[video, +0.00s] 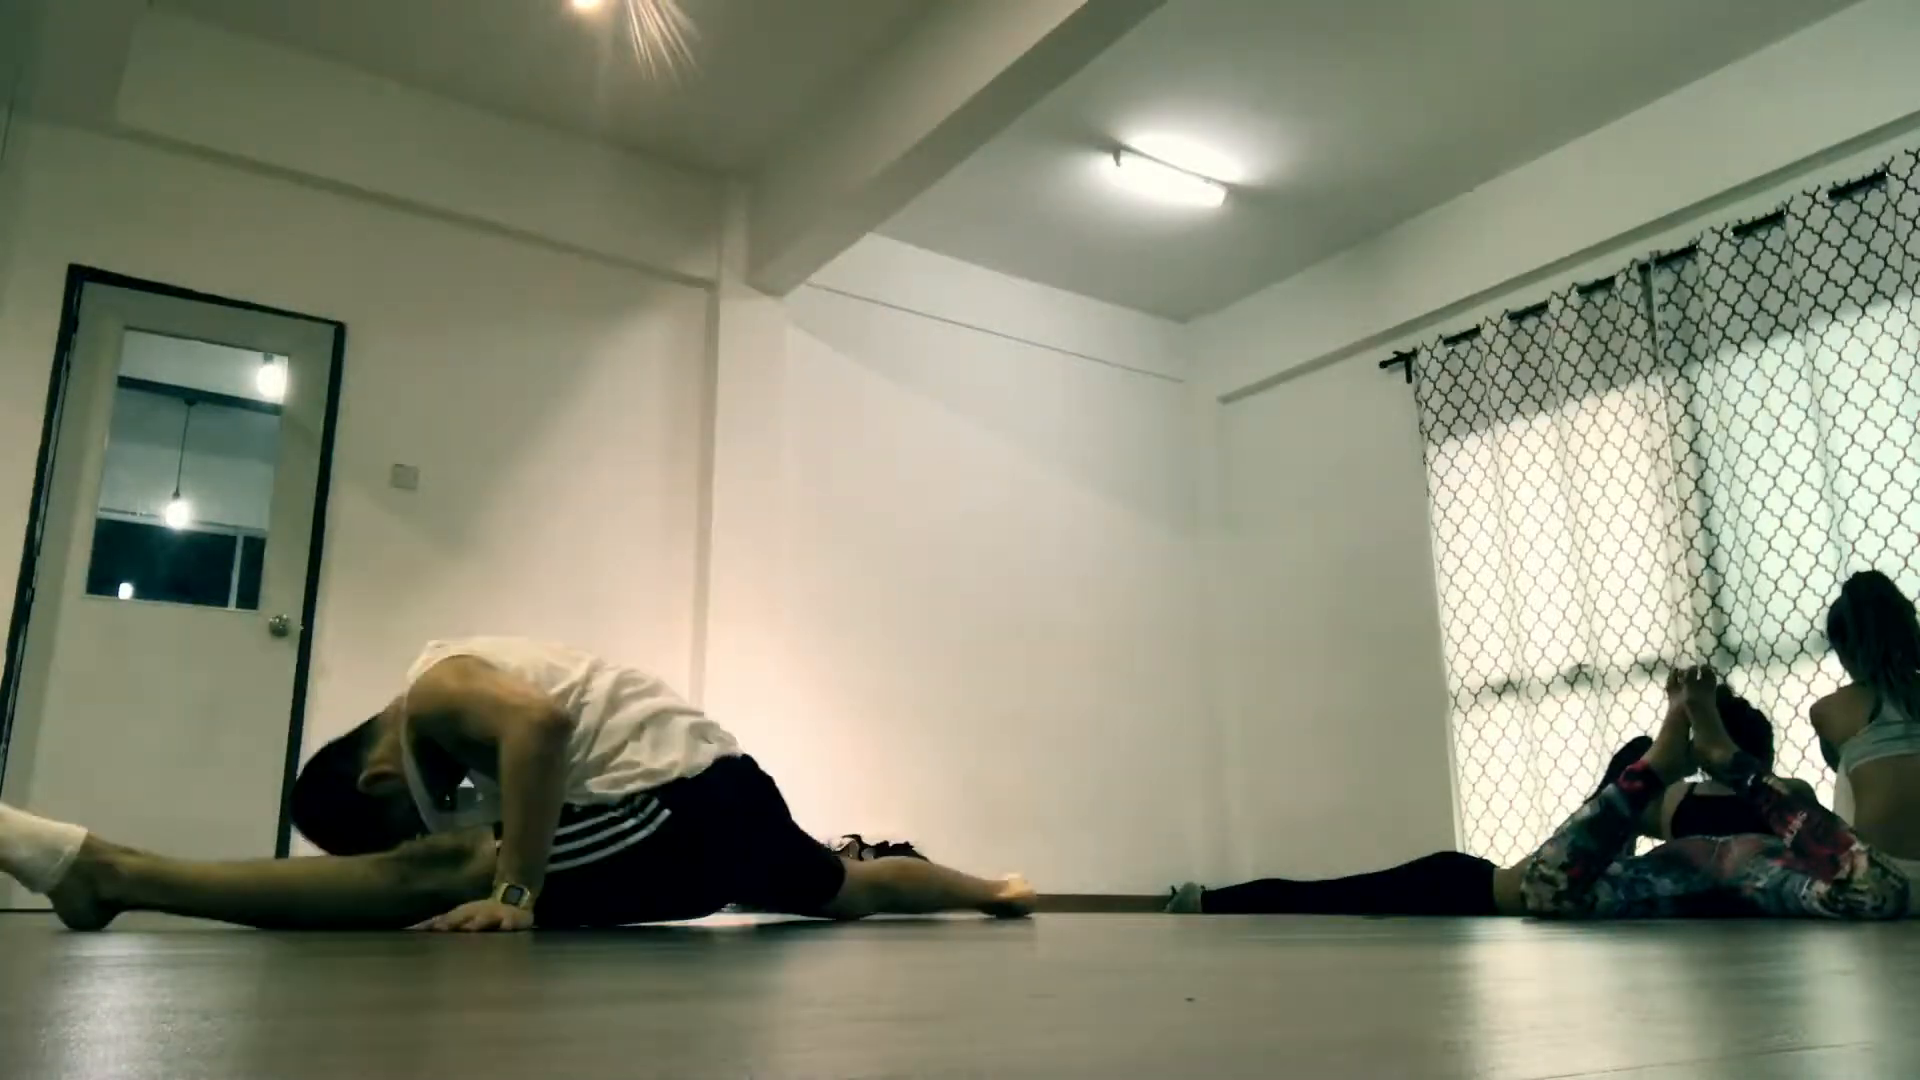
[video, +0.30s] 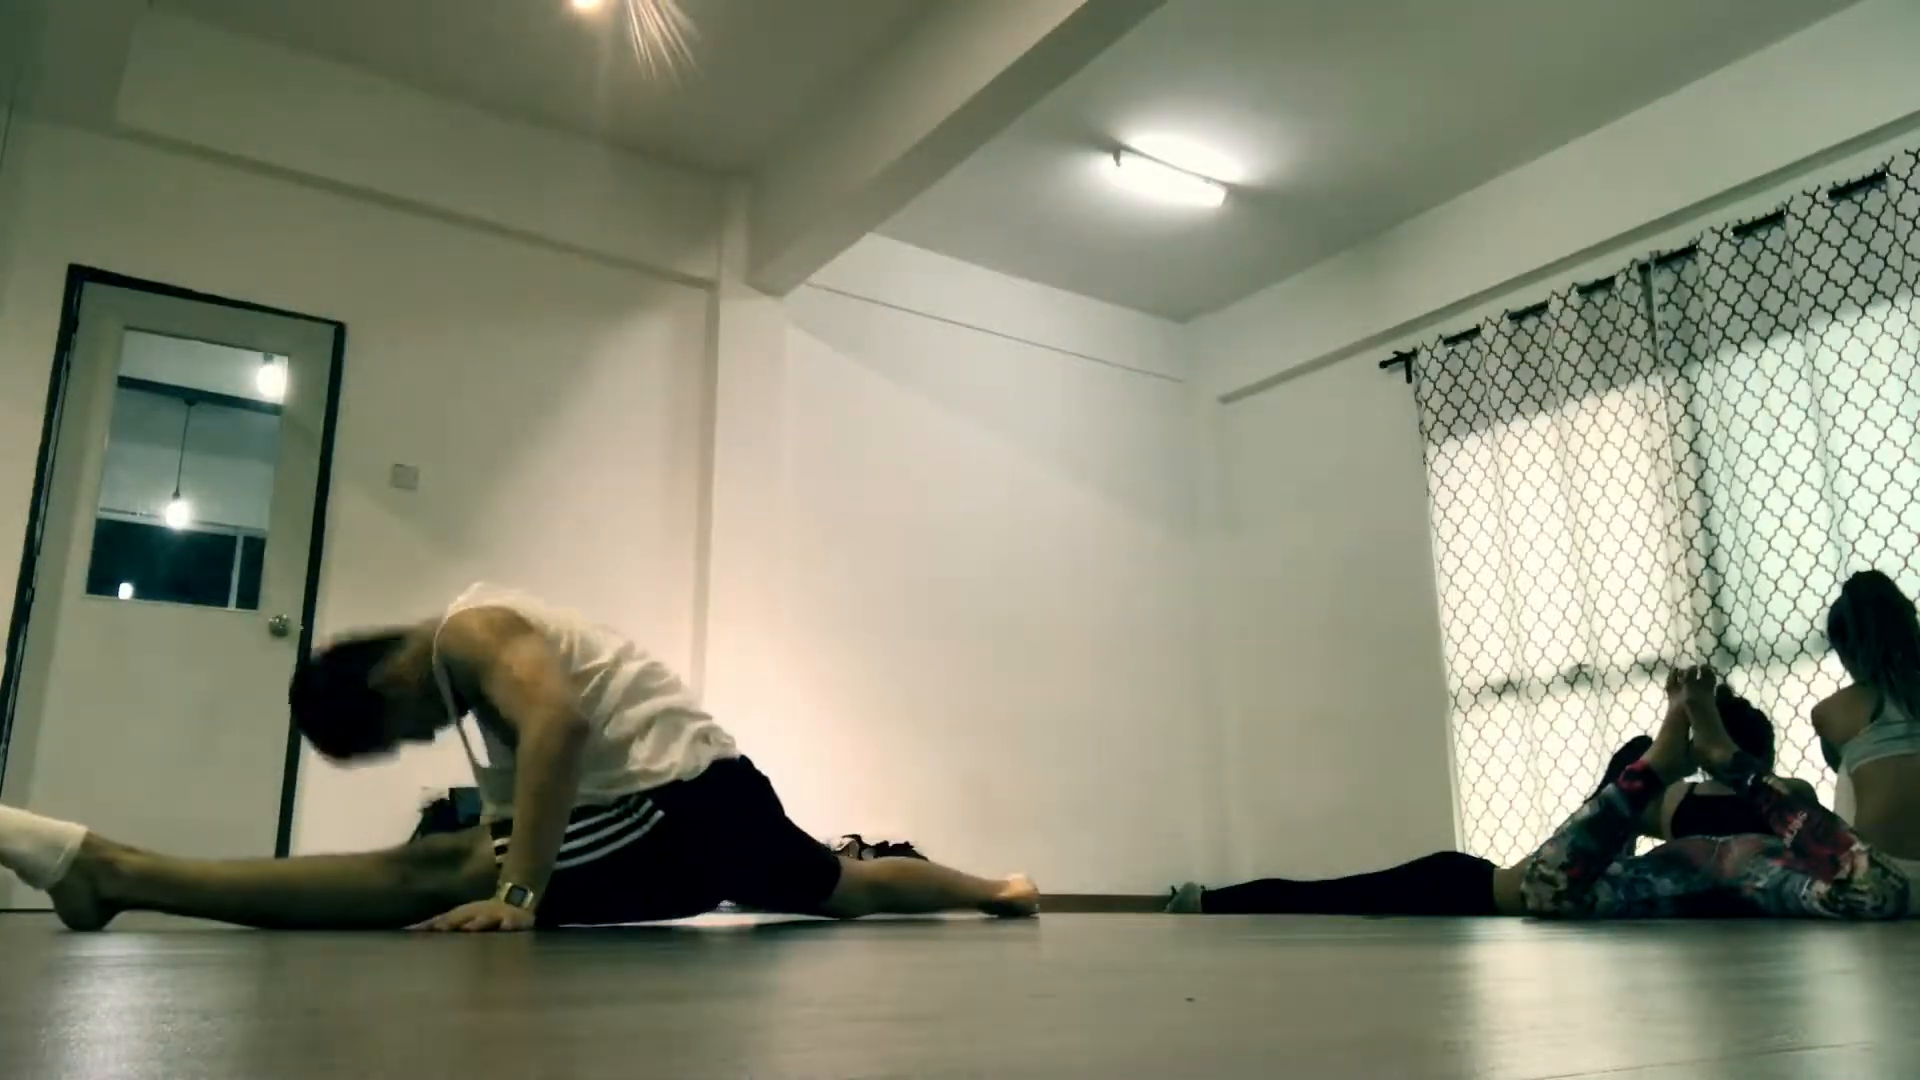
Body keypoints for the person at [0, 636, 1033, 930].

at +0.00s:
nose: (406, 825)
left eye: (389, 820)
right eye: (395, 828)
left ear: (361, 776)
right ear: (390, 786)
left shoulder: (424, 696)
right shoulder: (472, 759)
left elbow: (537, 722)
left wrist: (510, 888)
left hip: (670, 806)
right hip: (748, 809)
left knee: (411, 880)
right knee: (842, 882)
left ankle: (117, 876)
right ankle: (987, 892)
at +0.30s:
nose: (397, 752)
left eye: (378, 739)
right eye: (381, 749)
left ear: (376, 687)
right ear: (387, 680)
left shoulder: (474, 630)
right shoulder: (494, 674)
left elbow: (552, 721)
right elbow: (533, 801)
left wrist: (518, 886)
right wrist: (473, 898)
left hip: (664, 818)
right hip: (732, 810)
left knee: (411, 873)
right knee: (847, 880)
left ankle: (120, 877)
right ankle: (985, 891)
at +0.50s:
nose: (401, 561)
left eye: (414, 532)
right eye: (382, 549)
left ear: (471, 516)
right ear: (382, 565)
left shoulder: (520, 600)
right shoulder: (479, 646)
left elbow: (565, 739)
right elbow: (492, 778)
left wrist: (520, 886)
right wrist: (460, 870)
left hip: (675, 817)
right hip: (677, 820)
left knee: (413, 873)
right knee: (830, 886)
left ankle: (123, 877)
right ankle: (970, 889)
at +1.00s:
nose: (657, 488)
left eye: (677, 469)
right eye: (655, 471)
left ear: (736, 481)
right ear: (692, 484)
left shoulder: (727, 573)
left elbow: (635, 711)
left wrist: (527, 849)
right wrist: (536, 839)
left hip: (716, 856)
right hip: (712, 847)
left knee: (437, 869)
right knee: (445, 860)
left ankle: (139, 880)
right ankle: (145, 883)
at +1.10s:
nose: (695, 505)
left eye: (714, 487)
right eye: (694, 488)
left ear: (774, 497)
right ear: (727, 500)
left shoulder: (775, 590)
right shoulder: (753, 598)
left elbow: (687, 715)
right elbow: (689, 734)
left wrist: (557, 818)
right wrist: (570, 821)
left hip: (714, 849)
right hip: (692, 839)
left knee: (444, 862)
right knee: (441, 856)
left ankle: (144, 873)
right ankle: (156, 879)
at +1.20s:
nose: (727, 525)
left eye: (745, 506)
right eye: (725, 507)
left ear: (803, 516)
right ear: (750, 520)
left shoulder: (814, 612)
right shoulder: (764, 627)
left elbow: (768, 732)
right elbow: (731, 762)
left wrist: (622, 805)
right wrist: (612, 822)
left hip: (719, 859)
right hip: (686, 844)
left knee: (455, 861)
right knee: (452, 839)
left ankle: (154, 876)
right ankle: (173, 886)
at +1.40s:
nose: (785, 558)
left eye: (805, 542)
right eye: (786, 541)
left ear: (860, 555)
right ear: (809, 553)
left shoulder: (872, 644)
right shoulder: (795, 646)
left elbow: (865, 776)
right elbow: (756, 755)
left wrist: (749, 803)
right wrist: (680, 792)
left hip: (706, 842)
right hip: (673, 824)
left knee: (462, 861)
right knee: (441, 854)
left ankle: (183, 879)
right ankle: (176, 881)